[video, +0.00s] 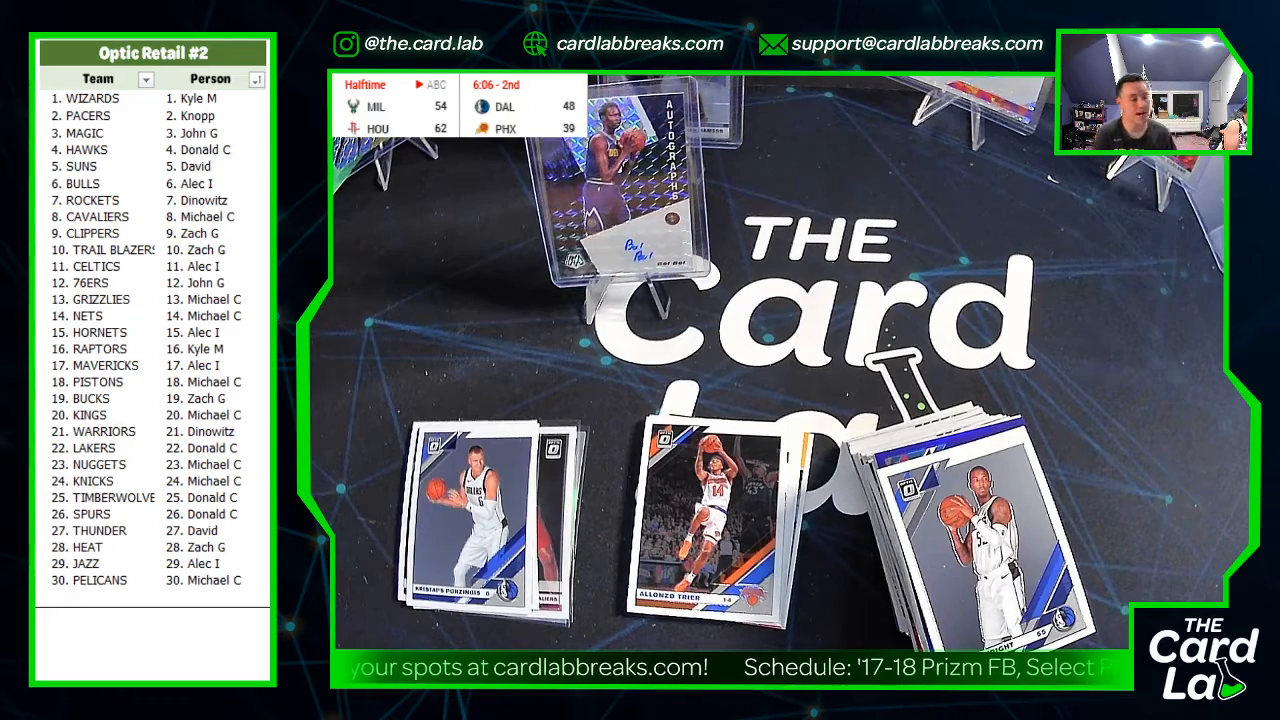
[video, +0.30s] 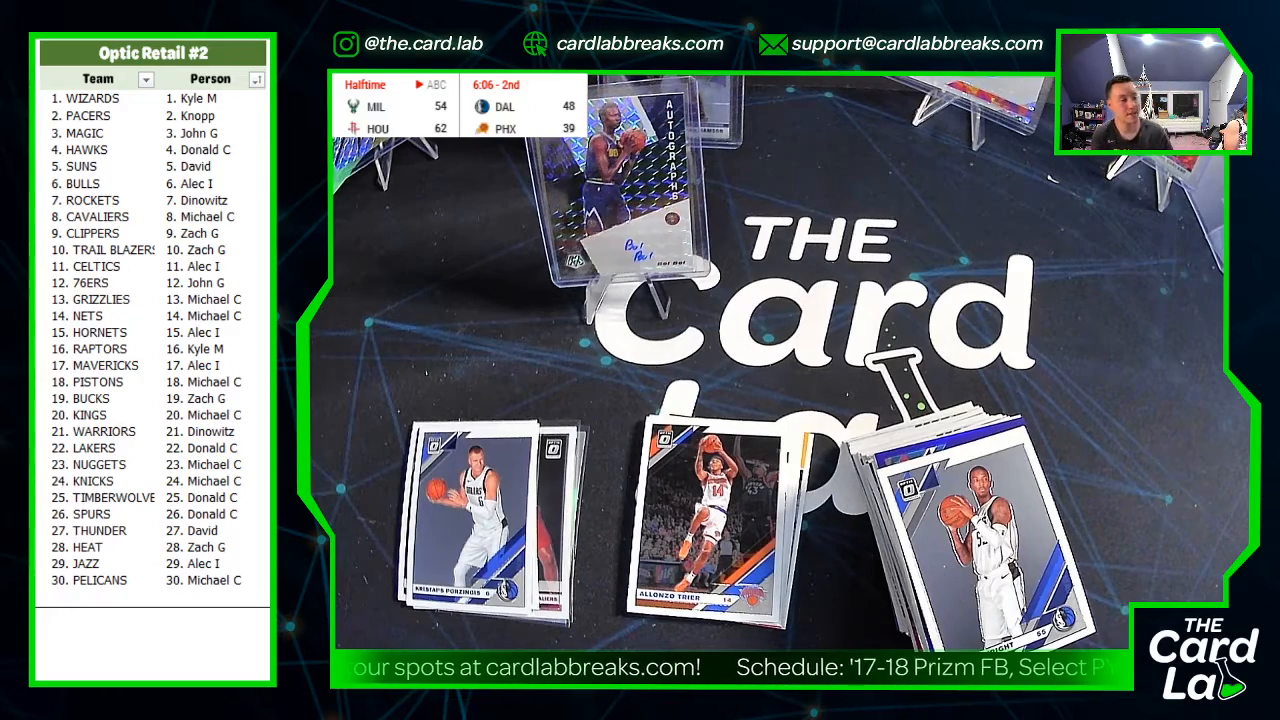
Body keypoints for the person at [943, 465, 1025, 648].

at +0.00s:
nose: (980, 483)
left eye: (984, 479)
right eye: (976, 480)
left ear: (990, 482)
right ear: (970, 485)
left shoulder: (1000, 504)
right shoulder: (975, 518)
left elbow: (998, 539)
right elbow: (965, 559)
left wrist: (973, 517)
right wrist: (953, 531)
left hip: (1007, 579)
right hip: (985, 584)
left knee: (1018, 633)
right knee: (992, 640)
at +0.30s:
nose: (980, 483)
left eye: (984, 479)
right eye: (976, 480)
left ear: (990, 482)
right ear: (970, 485)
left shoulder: (1000, 504)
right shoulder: (975, 518)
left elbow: (998, 539)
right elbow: (965, 559)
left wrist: (973, 517)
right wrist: (953, 531)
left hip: (1007, 579)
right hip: (985, 584)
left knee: (1018, 633)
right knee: (992, 640)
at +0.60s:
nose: (980, 483)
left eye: (984, 479)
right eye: (976, 480)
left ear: (990, 481)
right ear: (970, 485)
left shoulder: (1000, 504)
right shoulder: (975, 517)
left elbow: (998, 539)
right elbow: (965, 559)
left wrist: (973, 517)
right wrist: (953, 530)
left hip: (1007, 579)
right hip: (985, 584)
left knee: (1018, 632)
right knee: (992, 639)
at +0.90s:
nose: (980, 483)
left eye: (984, 479)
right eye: (976, 480)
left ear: (990, 482)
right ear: (970, 485)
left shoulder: (1000, 504)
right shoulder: (975, 518)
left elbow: (997, 538)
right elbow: (965, 559)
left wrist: (973, 516)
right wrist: (953, 530)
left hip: (1007, 579)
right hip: (985, 584)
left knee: (1018, 632)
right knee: (992, 639)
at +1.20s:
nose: (981, 483)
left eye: (984, 479)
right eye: (976, 480)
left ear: (990, 481)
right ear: (970, 485)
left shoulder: (1000, 504)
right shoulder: (975, 517)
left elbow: (997, 539)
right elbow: (965, 559)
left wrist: (973, 517)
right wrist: (953, 530)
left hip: (1007, 579)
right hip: (985, 585)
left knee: (1018, 633)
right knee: (992, 639)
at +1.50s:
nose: (980, 483)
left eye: (984, 479)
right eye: (976, 480)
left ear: (990, 482)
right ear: (970, 485)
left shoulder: (1000, 504)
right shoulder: (975, 518)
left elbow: (997, 539)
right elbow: (965, 559)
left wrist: (973, 517)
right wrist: (953, 530)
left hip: (1007, 579)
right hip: (985, 585)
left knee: (1018, 633)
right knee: (992, 640)